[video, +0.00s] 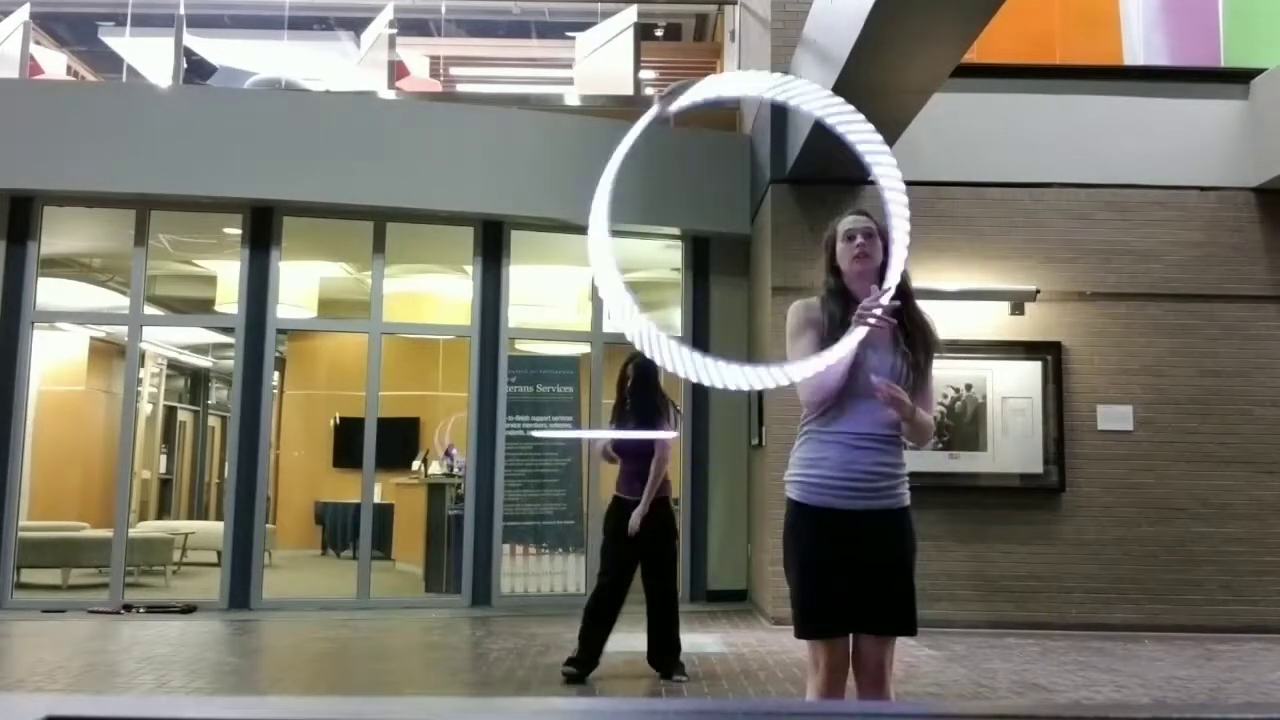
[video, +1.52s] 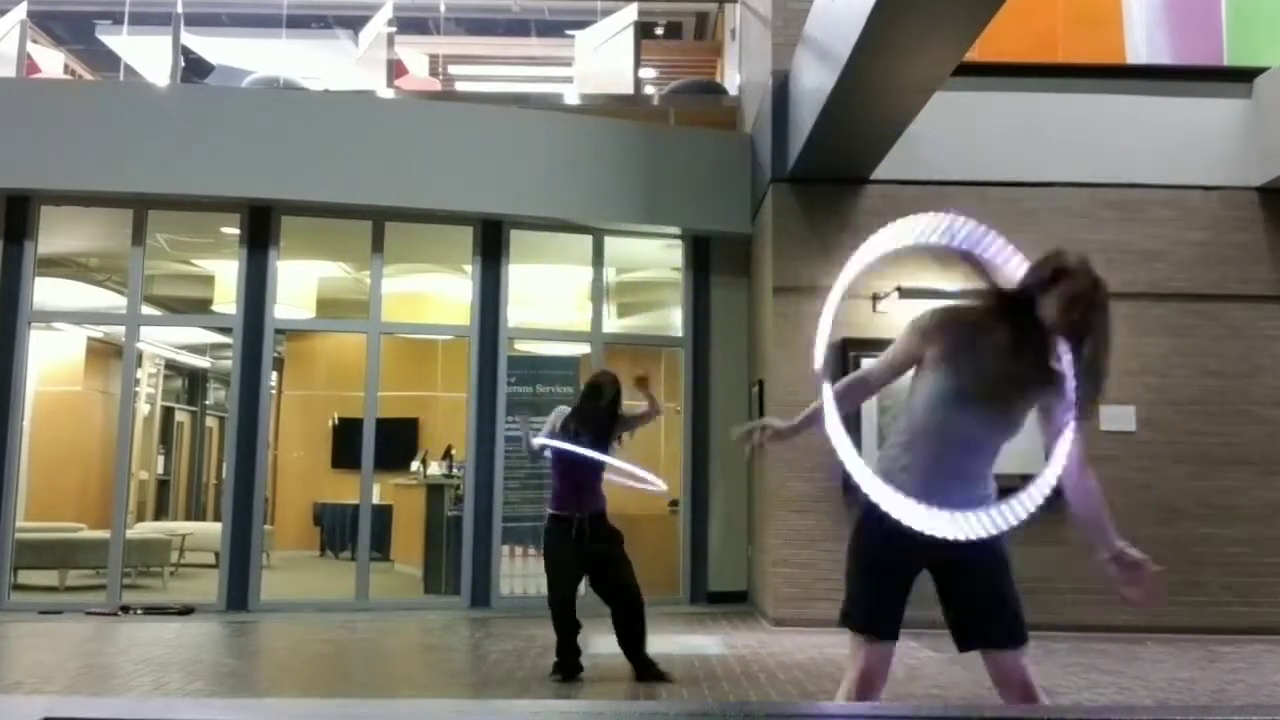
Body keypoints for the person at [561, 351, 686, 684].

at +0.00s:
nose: (630, 386)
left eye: (637, 380)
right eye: (627, 379)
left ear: (650, 380)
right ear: (622, 381)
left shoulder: (663, 410)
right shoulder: (622, 412)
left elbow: (662, 460)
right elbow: (613, 456)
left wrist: (642, 507)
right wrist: (603, 448)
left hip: (655, 509)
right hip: (622, 506)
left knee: (661, 590)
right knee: (608, 586)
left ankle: (668, 662)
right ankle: (582, 661)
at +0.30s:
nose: (633, 380)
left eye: (639, 374)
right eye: (629, 375)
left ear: (652, 375)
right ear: (623, 377)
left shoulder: (663, 403)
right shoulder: (624, 408)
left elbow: (632, 427)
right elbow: (605, 437)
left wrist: (606, 426)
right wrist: (620, 422)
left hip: (656, 506)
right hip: (621, 505)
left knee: (666, 590)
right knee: (600, 585)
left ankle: (671, 661)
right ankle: (574, 660)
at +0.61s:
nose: (617, 387)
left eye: (624, 380)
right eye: (612, 379)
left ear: (635, 386)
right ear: (605, 382)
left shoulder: (640, 417)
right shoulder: (595, 411)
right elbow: (576, 449)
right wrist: (558, 438)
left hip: (626, 513)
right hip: (591, 512)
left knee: (647, 593)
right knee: (581, 594)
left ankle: (673, 665)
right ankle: (567, 663)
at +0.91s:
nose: (605, 401)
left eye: (612, 396)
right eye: (600, 394)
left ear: (622, 399)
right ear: (591, 394)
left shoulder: (627, 431)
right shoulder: (571, 421)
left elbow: (648, 471)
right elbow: (552, 461)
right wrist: (540, 498)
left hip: (607, 524)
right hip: (571, 523)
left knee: (635, 597)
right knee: (569, 600)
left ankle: (671, 663)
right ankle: (566, 663)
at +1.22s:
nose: (597, 397)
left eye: (604, 392)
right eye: (592, 391)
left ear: (612, 399)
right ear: (582, 394)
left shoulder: (607, 427)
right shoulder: (572, 428)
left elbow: (598, 416)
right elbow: (559, 459)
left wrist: (545, 422)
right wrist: (538, 435)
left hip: (592, 525)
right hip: (559, 523)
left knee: (626, 597)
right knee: (557, 601)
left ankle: (672, 664)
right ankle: (566, 665)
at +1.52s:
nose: (603, 404)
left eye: (609, 399)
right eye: (600, 396)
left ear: (614, 402)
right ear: (590, 395)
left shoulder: (610, 424)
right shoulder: (562, 417)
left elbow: (653, 413)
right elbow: (538, 449)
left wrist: (645, 391)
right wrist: (530, 439)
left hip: (596, 524)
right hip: (561, 524)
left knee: (626, 596)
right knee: (561, 601)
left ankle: (640, 662)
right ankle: (568, 663)